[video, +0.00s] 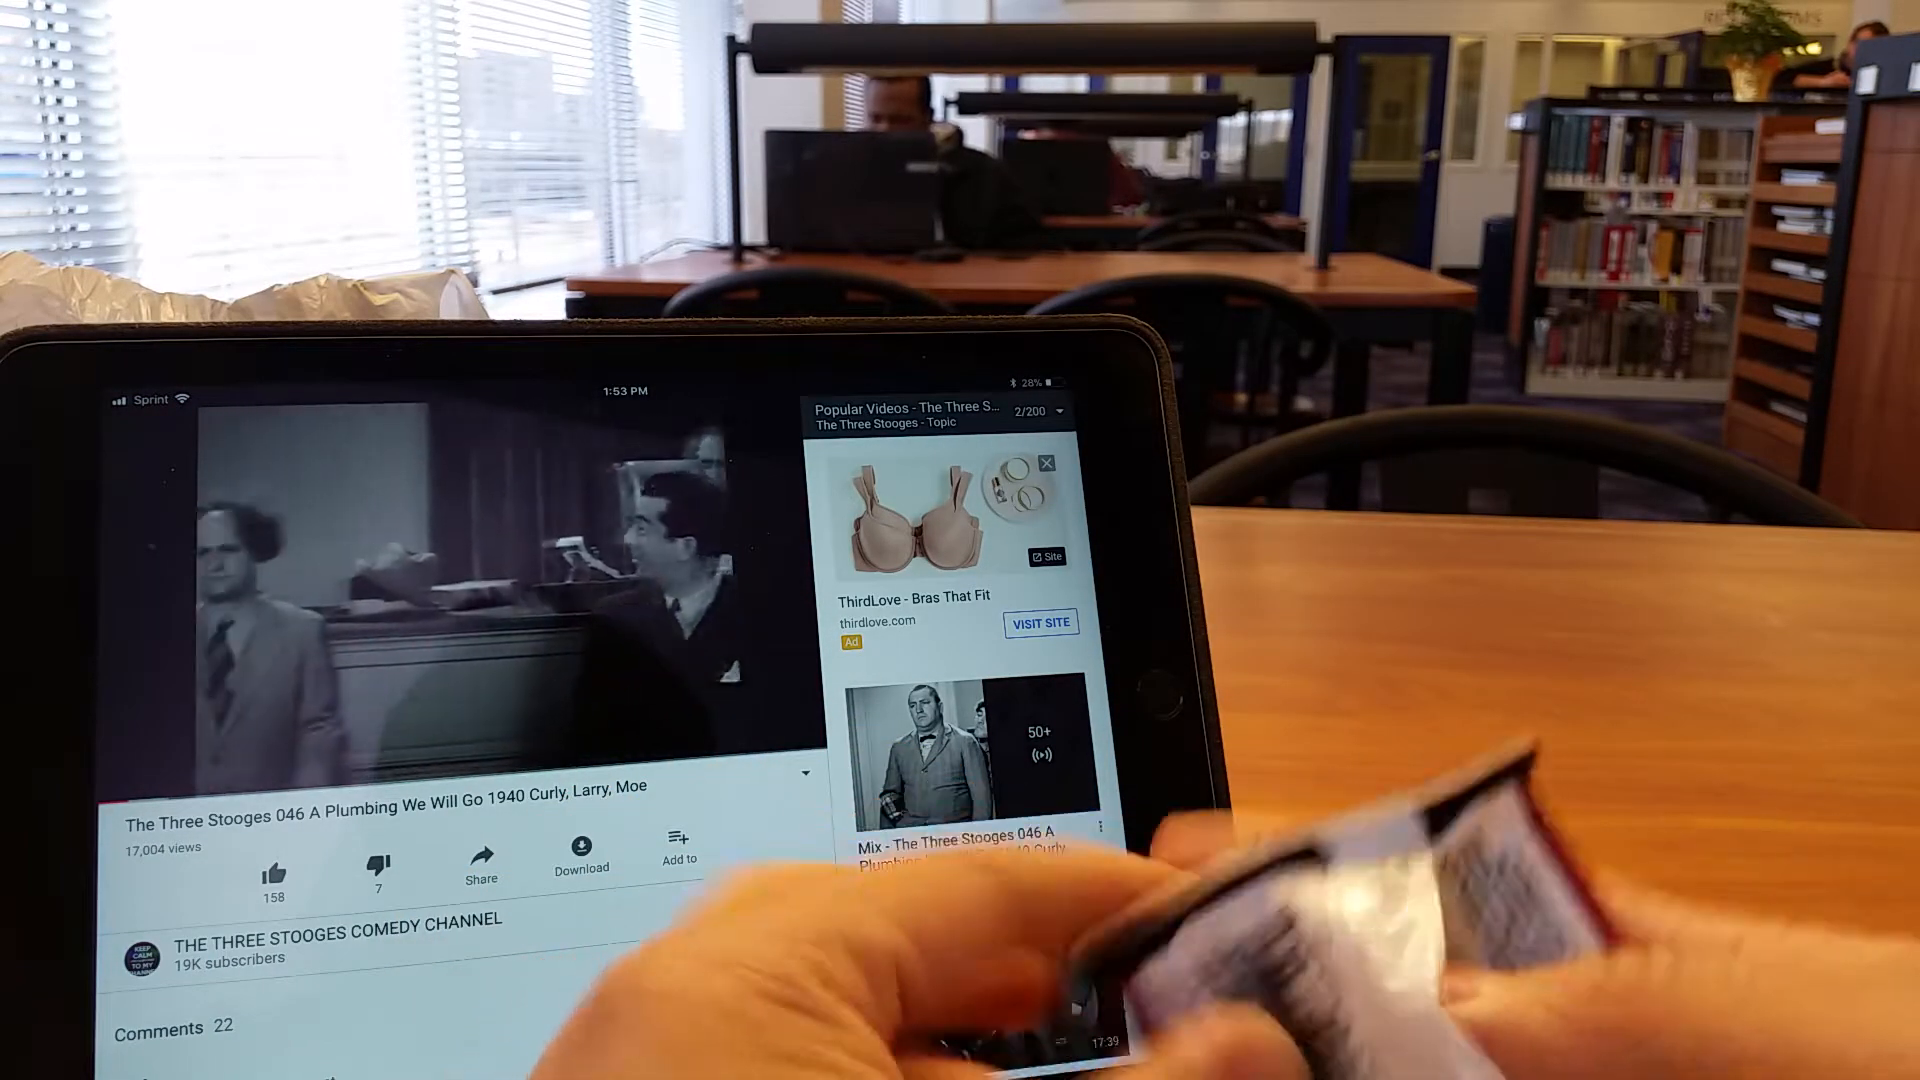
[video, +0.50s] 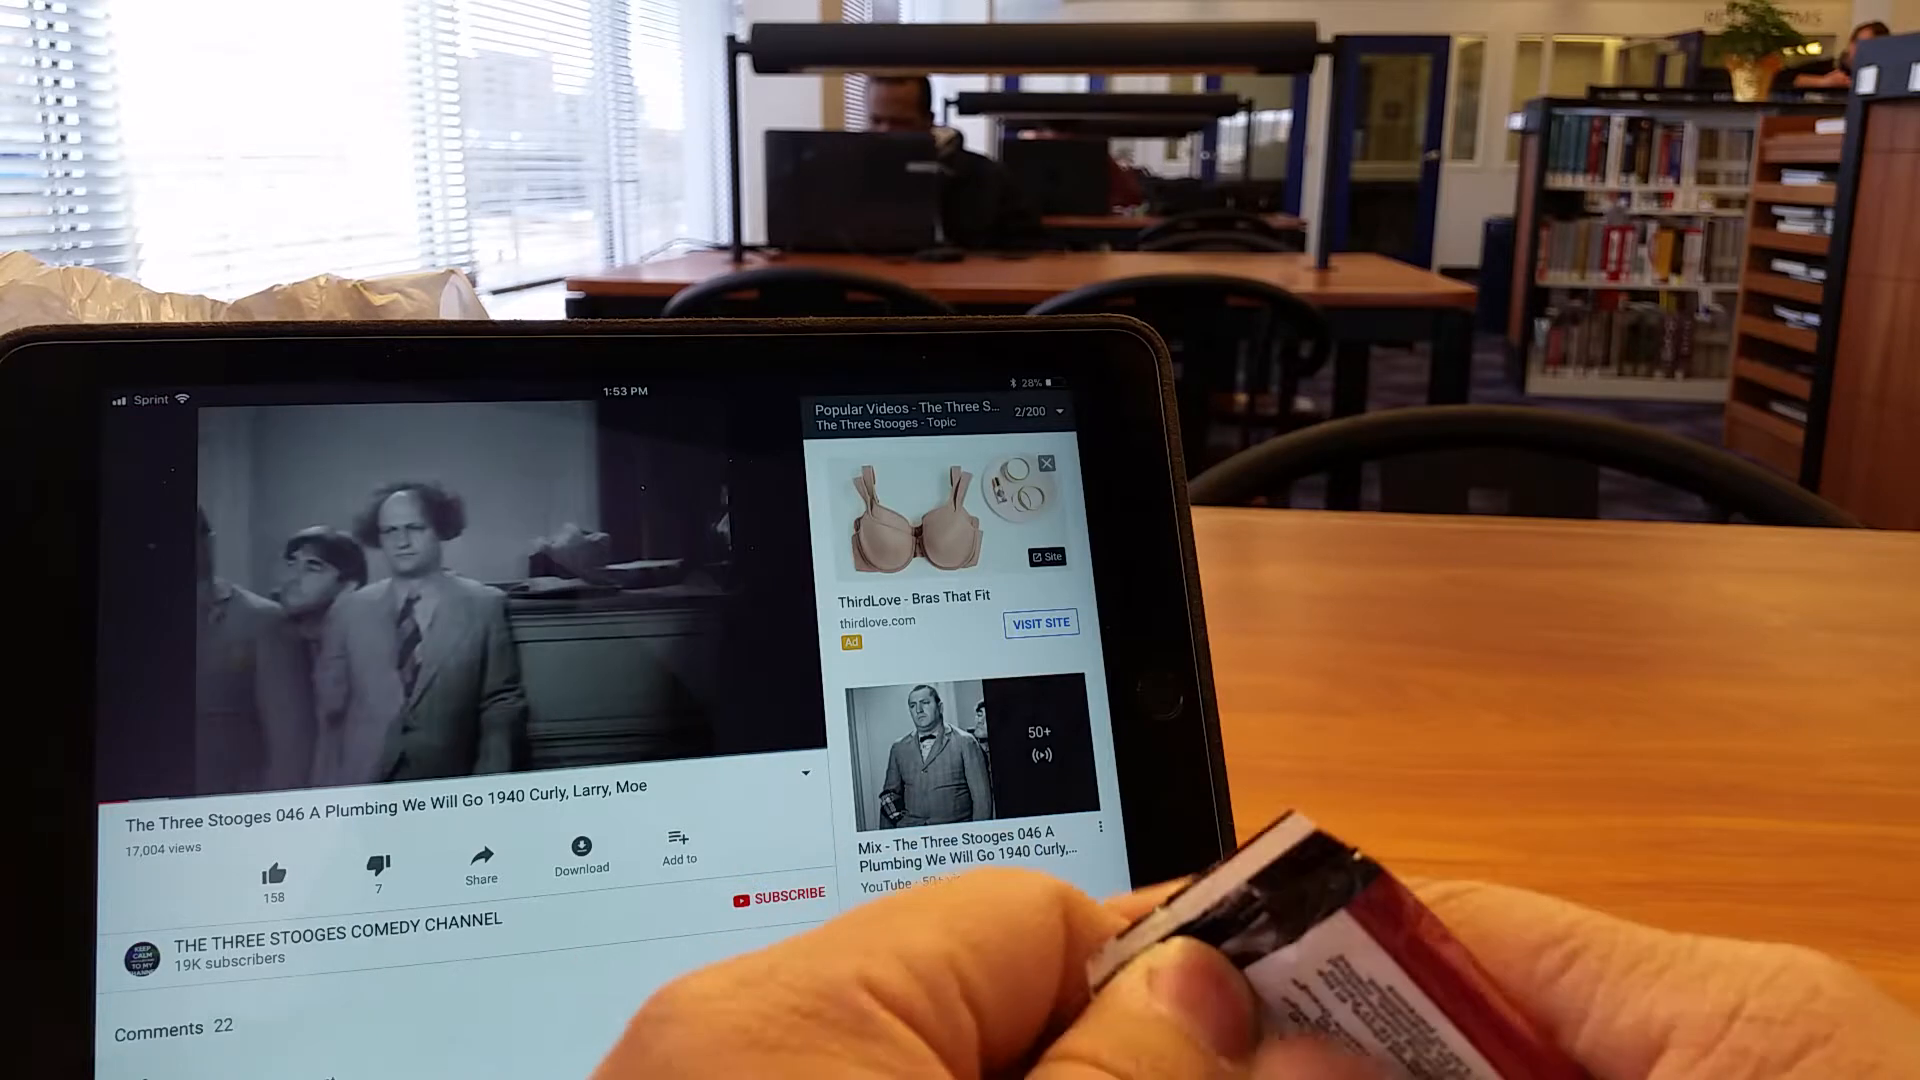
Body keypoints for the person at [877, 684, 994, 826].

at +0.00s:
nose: (919, 710)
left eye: (925, 703)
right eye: (913, 705)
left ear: (939, 707)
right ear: (909, 711)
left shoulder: (964, 742)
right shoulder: (899, 748)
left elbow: (981, 794)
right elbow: (890, 793)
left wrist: (979, 834)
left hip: (956, 832)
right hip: (910, 835)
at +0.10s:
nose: (919, 710)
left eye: (925, 703)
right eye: (913, 706)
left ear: (940, 707)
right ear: (910, 712)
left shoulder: (964, 742)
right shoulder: (899, 749)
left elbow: (981, 796)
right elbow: (892, 797)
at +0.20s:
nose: (919, 709)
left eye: (925, 703)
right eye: (913, 705)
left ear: (939, 707)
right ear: (909, 711)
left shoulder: (964, 742)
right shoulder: (899, 748)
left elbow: (981, 795)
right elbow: (891, 791)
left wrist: (979, 835)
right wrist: (889, 801)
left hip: (955, 831)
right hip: (911, 834)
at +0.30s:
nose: (919, 709)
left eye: (925, 703)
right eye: (913, 705)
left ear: (939, 707)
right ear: (909, 711)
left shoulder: (964, 742)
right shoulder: (899, 748)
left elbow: (981, 795)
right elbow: (891, 792)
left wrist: (979, 835)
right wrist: (889, 802)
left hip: (955, 830)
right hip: (911, 833)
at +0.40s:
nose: (919, 710)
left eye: (925, 703)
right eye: (913, 705)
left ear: (940, 707)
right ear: (909, 711)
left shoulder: (964, 742)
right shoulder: (899, 748)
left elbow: (981, 796)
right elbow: (890, 796)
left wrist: (979, 835)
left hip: (956, 833)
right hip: (911, 836)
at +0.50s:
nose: (919, 710)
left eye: (925, 703)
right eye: (913, 705)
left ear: (940, 707)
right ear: (909, 711)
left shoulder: (964, 742)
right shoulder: (899, 748)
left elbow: (981, 796)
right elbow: (890, 796)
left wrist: (978, 835)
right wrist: (886, 838)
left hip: (956, 833)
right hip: (911, 836)